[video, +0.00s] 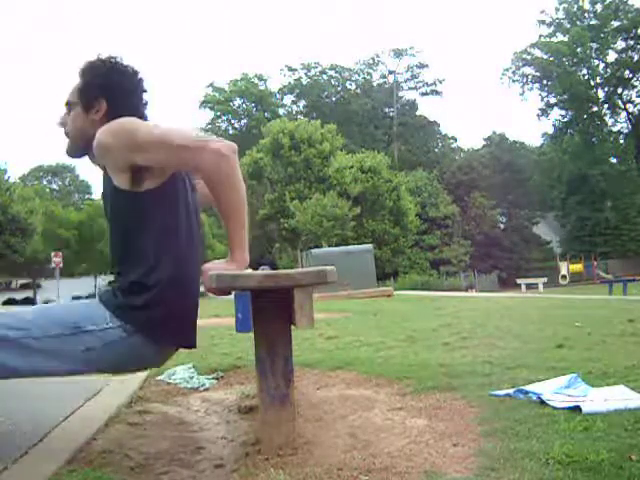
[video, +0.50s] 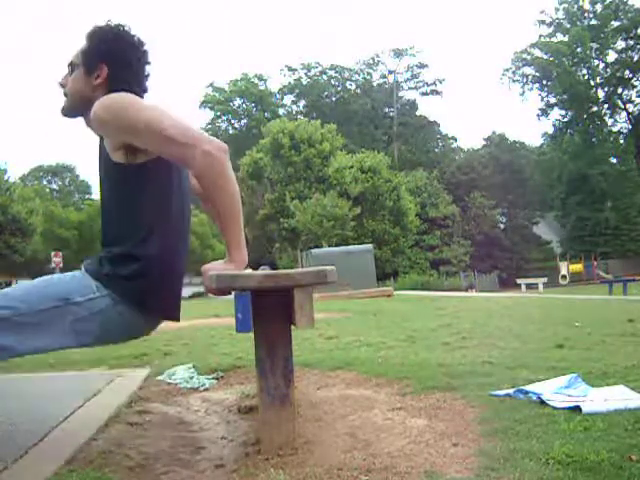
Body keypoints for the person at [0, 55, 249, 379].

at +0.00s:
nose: (62, 121)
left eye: (70, 108)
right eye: (65, 108)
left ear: (98, 110)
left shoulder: (114, 137)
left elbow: (220, 154)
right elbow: (219, 189)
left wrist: (238, 258)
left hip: (134, 324)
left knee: (3, 332)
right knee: (7, 323)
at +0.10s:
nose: (60, 147)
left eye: (68, 134)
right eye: (64, 134)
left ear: (96, 137)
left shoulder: (113, 161)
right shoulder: (159, 185)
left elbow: (220, 156)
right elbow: (225, 188)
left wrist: (239, 258)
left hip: (140, 350)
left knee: (4, 340)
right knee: (7, 336)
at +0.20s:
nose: (60, 155)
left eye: (67, 144)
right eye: (63, 144)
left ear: (94, 147)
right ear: (90, 148)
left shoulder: (112, 172)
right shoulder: (165, 193)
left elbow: (218, 156)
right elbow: (222, 189)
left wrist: (239, 257)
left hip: (140, 360)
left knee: (4, 344)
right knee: (7, 340)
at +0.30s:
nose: (57, 149)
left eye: (66, 137)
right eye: (61, 137)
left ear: (92, 141)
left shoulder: (110, 166)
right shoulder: (163, 191)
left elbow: (217, 156)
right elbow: (223, 186)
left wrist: (239, 259)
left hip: (137, 351)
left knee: (4, 340)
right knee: (7, 337)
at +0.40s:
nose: (59, 120)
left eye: (67, 109)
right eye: (63, 109)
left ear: (94, 115)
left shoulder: (110, 143)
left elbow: (217, 155)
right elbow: (220, 194)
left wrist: (239, 258)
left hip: (131, 327)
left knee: (3, 330)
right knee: (8, 322)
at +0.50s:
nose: (62, 81)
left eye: (72, 69)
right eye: (68, 69)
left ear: (99, 76)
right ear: (100, 77)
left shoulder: (110, 109)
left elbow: (212, 153)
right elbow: (202, 187)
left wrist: (237, 257)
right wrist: (240, 250)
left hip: (120, 293)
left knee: (2, 316)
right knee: (5, 311)